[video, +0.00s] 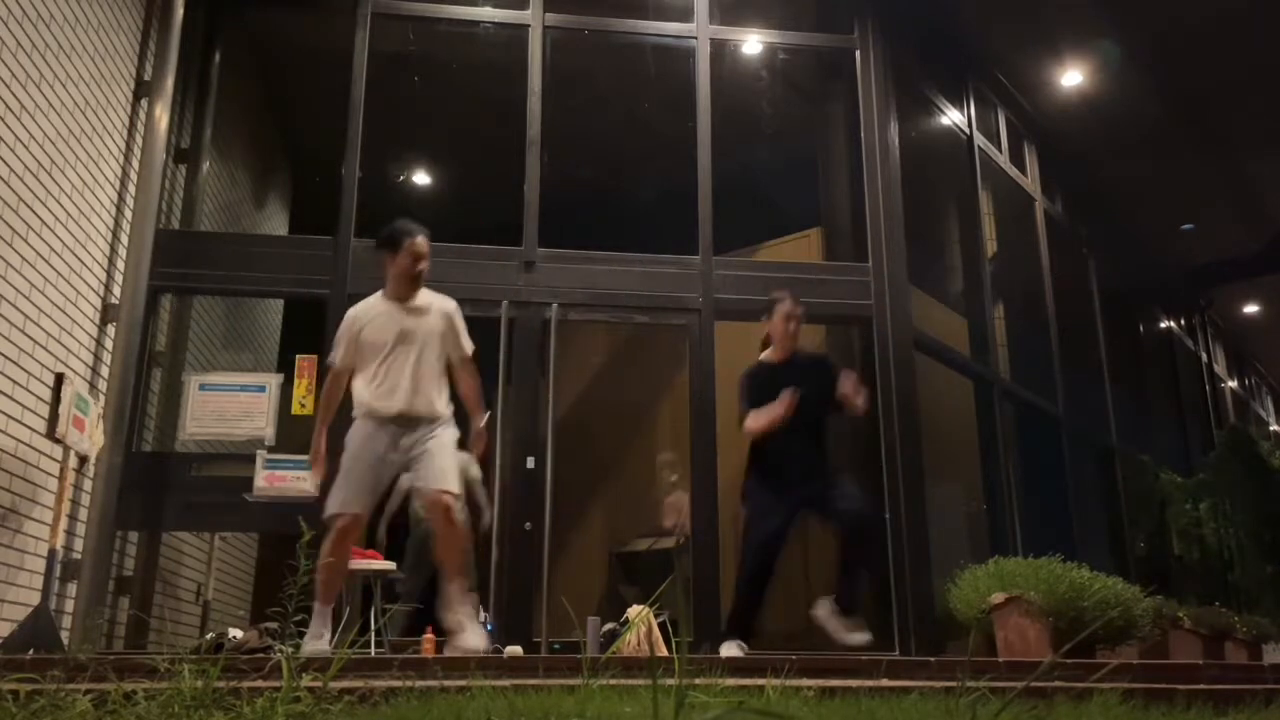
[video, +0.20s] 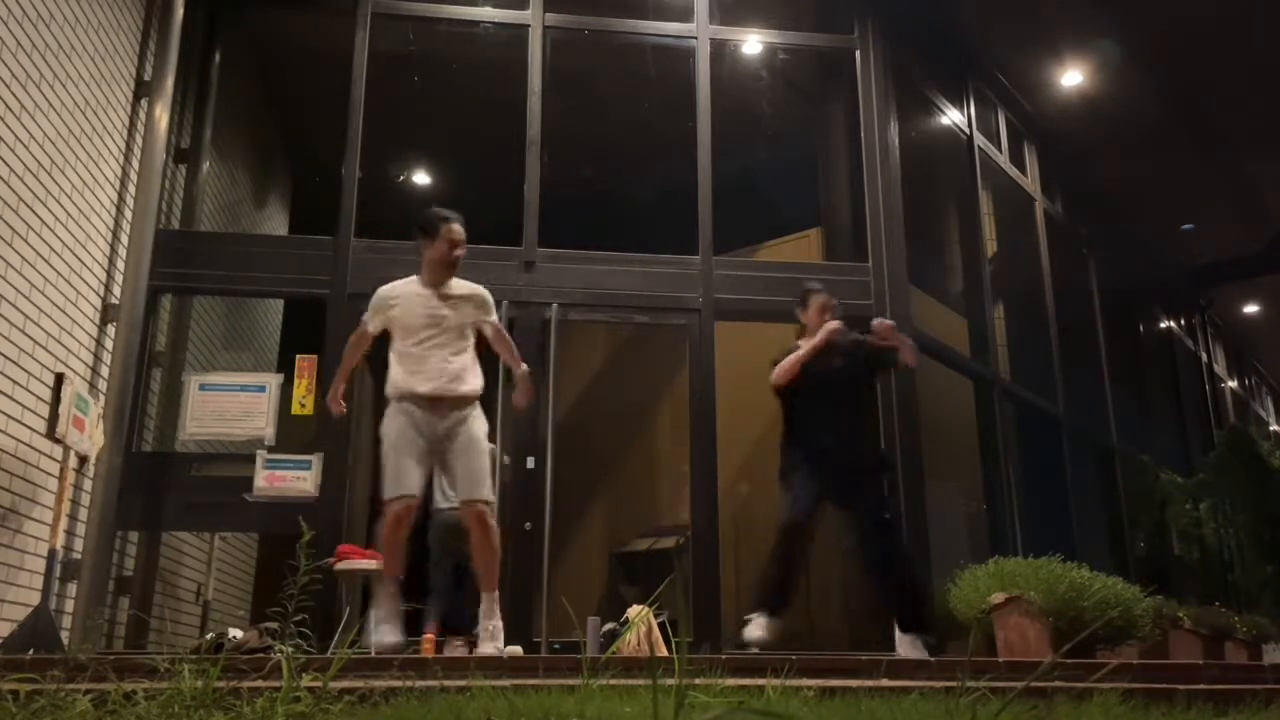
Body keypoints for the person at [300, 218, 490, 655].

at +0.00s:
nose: (422, 267)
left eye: (426, 259)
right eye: (414, 259)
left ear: (430, 262)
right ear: (389, 259)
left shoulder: (444, 311)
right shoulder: (360, 316)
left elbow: (463, 367)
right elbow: (336, 379)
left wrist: (479, 418)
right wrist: (319, 439)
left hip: (433, 429)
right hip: (373, 429)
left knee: (445, 506)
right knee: (345, 522)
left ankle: (459, 613)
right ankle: (320, 626)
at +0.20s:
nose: (458, 254)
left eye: (462, 246)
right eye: (451, 245)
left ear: (464, 250)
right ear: (425, 246)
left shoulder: (476, 298)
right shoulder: (392, 296)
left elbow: (495, 334)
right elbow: (361, 339)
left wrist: (519, 367)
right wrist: (339, 383)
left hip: (465, 414)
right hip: (408, 413)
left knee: (479, 512)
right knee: (402, 508)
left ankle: (491, 619)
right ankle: (385, 613)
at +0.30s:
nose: (475, 266)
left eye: (478, 259)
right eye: (467, 258)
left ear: (479, 263)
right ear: (439, 259)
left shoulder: (486, 312)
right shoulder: (403, 308)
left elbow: (506, 359)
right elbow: (368, 353)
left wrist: (534, 398)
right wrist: (346, 400)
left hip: (473, 429)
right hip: (417, 427)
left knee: (486, 519)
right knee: (434, 512)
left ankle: (493, 623)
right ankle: (433, 615)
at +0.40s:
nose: (486, 281)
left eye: (488, 274)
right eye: (477, 273)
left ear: (488, 283)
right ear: (450, 278)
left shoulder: (493, 338)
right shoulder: (415, 328)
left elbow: (512, 400)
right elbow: (376, 381)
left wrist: (541, 441)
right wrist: (358, 440)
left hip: (477, 449)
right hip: (421, 449)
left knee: (490, 532)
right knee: (447, 528)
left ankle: (493, 631)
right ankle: (460, 627)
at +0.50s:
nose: (486, 288)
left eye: (489, 281)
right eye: (477, 280)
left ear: (491, 291)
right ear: (451, 286)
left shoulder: (496, 345)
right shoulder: (417, 335)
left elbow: (514, 403)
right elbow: (376, 391)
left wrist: (532, 430)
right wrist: (392, 429)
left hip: (478, 455)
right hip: (420, 452)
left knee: (491, 535)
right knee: (419, 517)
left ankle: (493, 632)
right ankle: (432, 619)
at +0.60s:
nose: (476, 276)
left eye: (481, 270)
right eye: (468, 267)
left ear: (483, 277)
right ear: (443, 270)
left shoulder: (488, 327)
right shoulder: (410, 316)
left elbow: (516, 379)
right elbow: (371, 353)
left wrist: (519, 340)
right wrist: (410, 355)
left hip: (467, 441)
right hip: (408, 435)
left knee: (482, 530)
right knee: (382, 503)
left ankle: (492, 631)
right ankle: (382, 604)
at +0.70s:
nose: (464, 262)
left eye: (468, 255)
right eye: (457, 253)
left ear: (470, 262)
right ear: (435, 254)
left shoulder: (473, 308)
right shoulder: (403, 295)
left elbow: (508, 340)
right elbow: (363, 311)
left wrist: (505, 293)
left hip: (448, 422)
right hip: (391, 416)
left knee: (464, 521)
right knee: (363, 511)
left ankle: (476, 626)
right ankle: (323, 617)